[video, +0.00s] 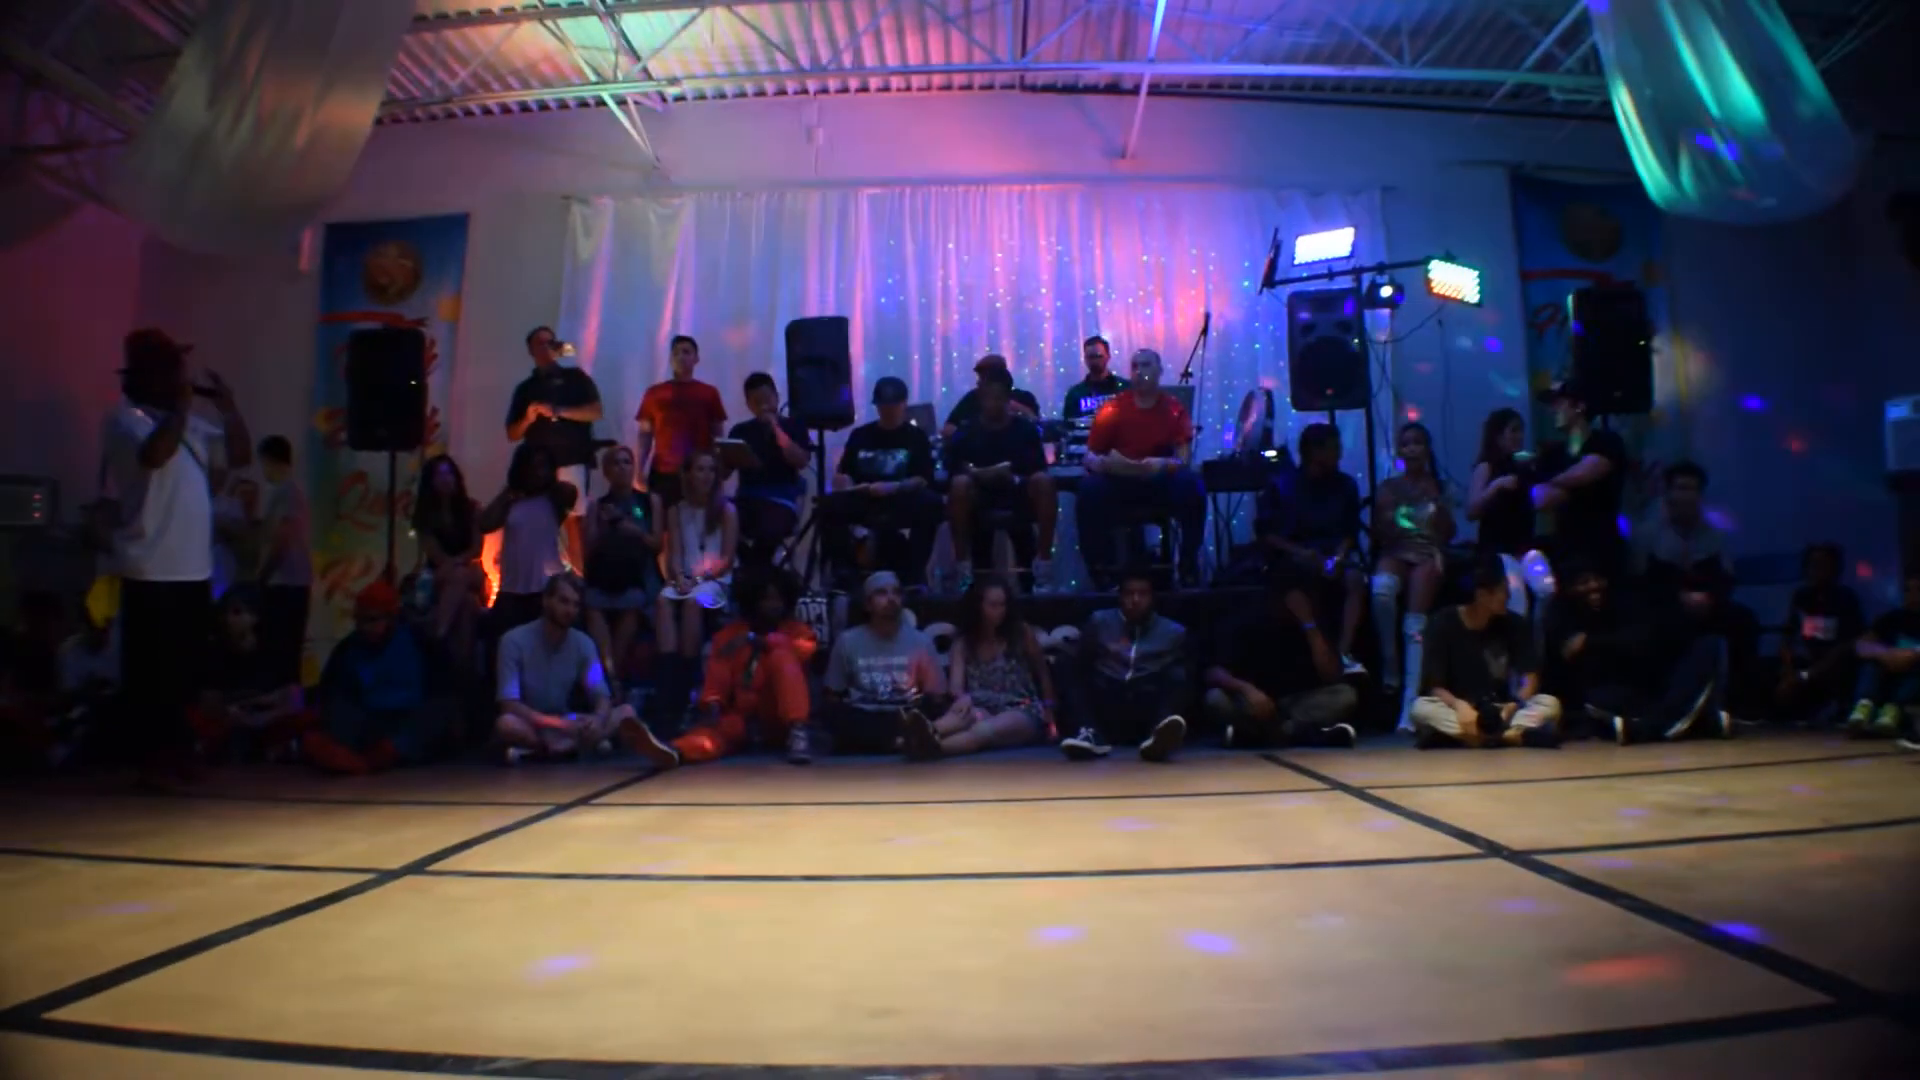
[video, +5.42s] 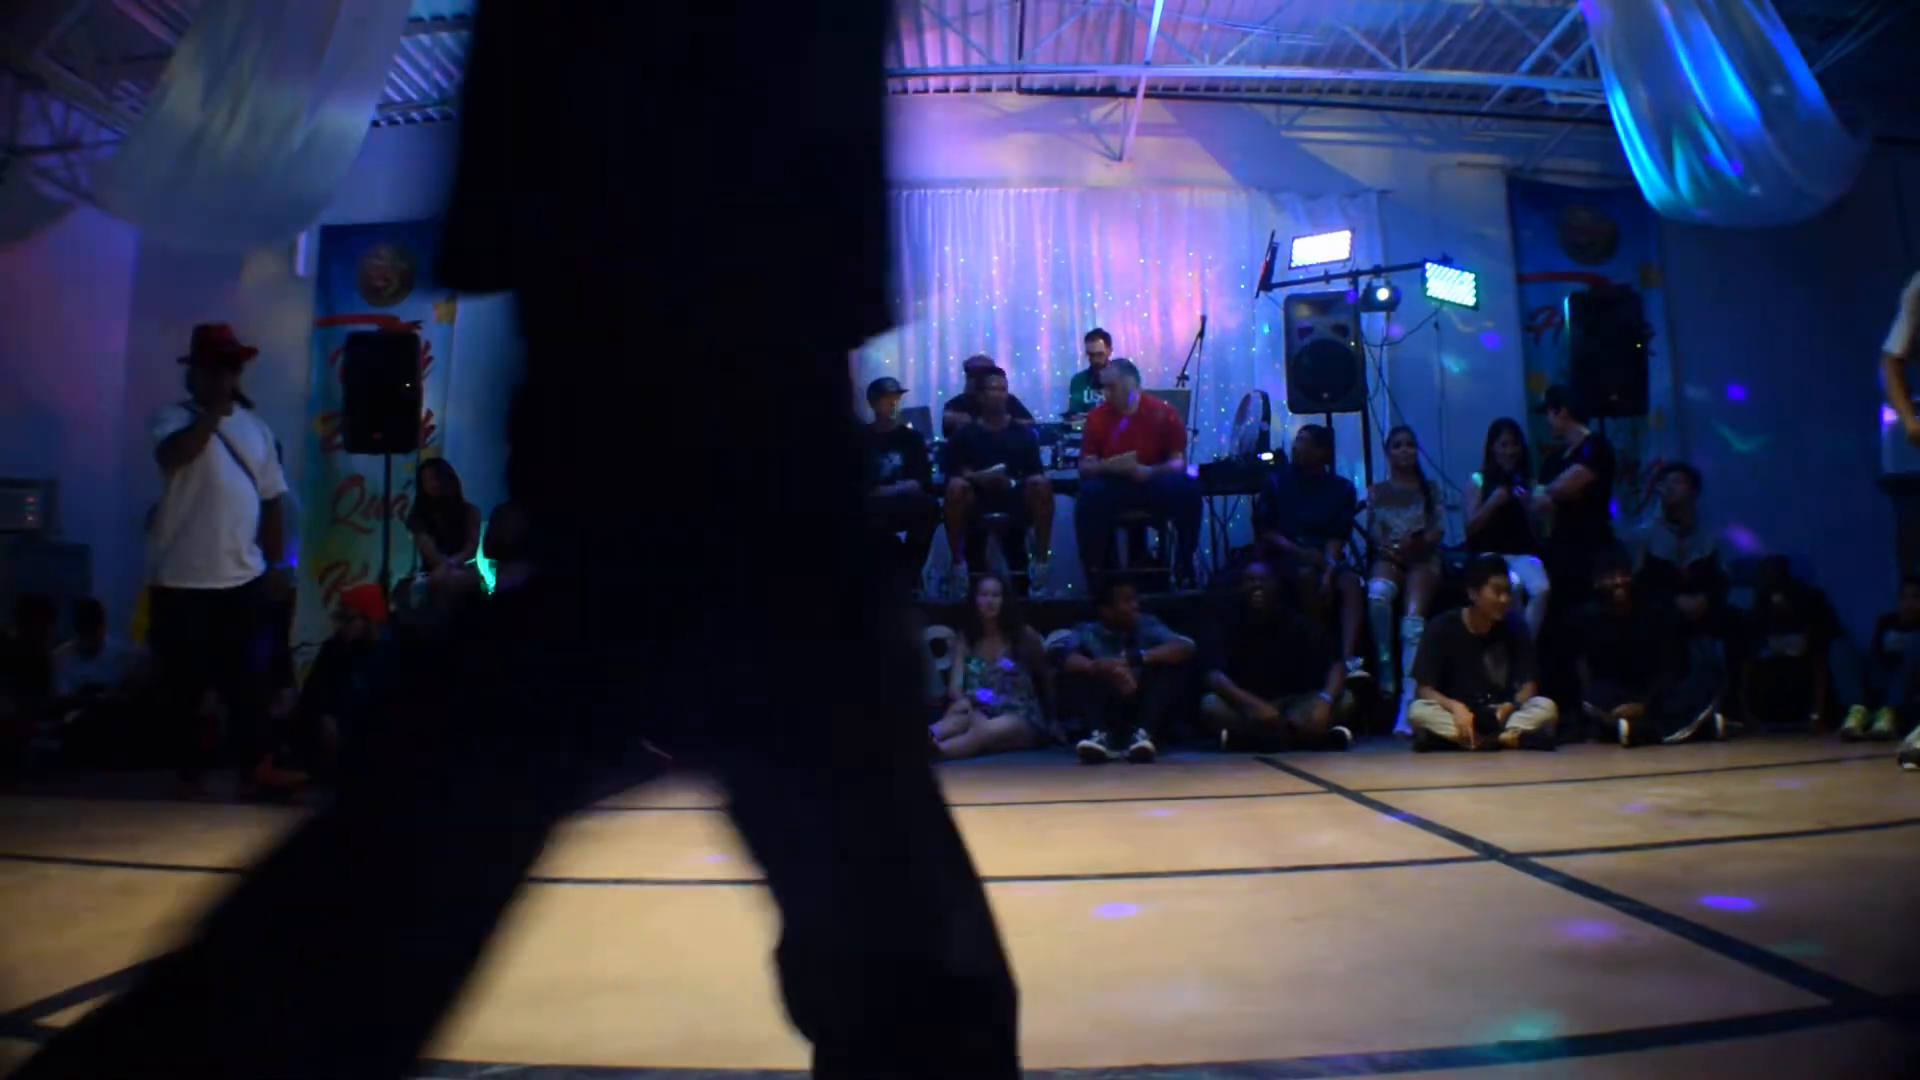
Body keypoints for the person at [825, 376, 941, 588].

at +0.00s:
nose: (889, 412)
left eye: (894, 406)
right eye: (884, 406)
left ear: (904, 405)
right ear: (876, 406)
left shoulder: (916, 436)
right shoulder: (860, 436)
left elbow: (924, 478)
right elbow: (840, 478)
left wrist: (892, 487)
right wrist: (861, 489)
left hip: (903, 499)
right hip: (865, 499)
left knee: (930, 505)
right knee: (830, 505)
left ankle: (914, 575)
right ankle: (843, 575)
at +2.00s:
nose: (887, 403)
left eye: (891, 397)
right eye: (881, 398)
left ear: (897, 400)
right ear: (870, 403)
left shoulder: (910, 439)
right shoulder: (854, 441)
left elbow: (918, 483)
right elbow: (837, 485)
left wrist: (878, 486)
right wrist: (852, 484)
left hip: (897, 502)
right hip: (861, 503)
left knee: (928, 508)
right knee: (827, 507)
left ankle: (908, 579)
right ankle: (841, 578)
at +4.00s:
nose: (909, 408)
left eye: (910, 403)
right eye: (904, 403)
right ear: (886, 405)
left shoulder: (915, 440)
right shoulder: (857, 438)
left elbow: (919, 484)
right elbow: (836, 482)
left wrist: (875, 485)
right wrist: (851, 483)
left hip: (898, 503)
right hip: (860, 503)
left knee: (927, 508)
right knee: (825, 507)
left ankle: (910, 579)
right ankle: (839, 576)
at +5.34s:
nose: (893, 405)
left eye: (896, 399)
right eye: (887, 399)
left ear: (900, 402)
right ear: (874, 404)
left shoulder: (912, 438)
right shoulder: (856, 439)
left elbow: (922, 481)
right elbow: (842, 479)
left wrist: (893, 490)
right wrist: (845, 486)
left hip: (899, 503)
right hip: (862, 503)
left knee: (927, 507)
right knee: (829, 507)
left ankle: (909, 576)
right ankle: (838, 574)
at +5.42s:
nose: (893, 404)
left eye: (895, 399)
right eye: (886, 399)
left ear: (899, 401)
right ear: (873, 403)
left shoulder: (912, 437)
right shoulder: (861, 438)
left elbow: (921, 481)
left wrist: (890, 490)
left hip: (907, 502)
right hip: (872, 506)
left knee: (928, 510)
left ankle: (912, 575)